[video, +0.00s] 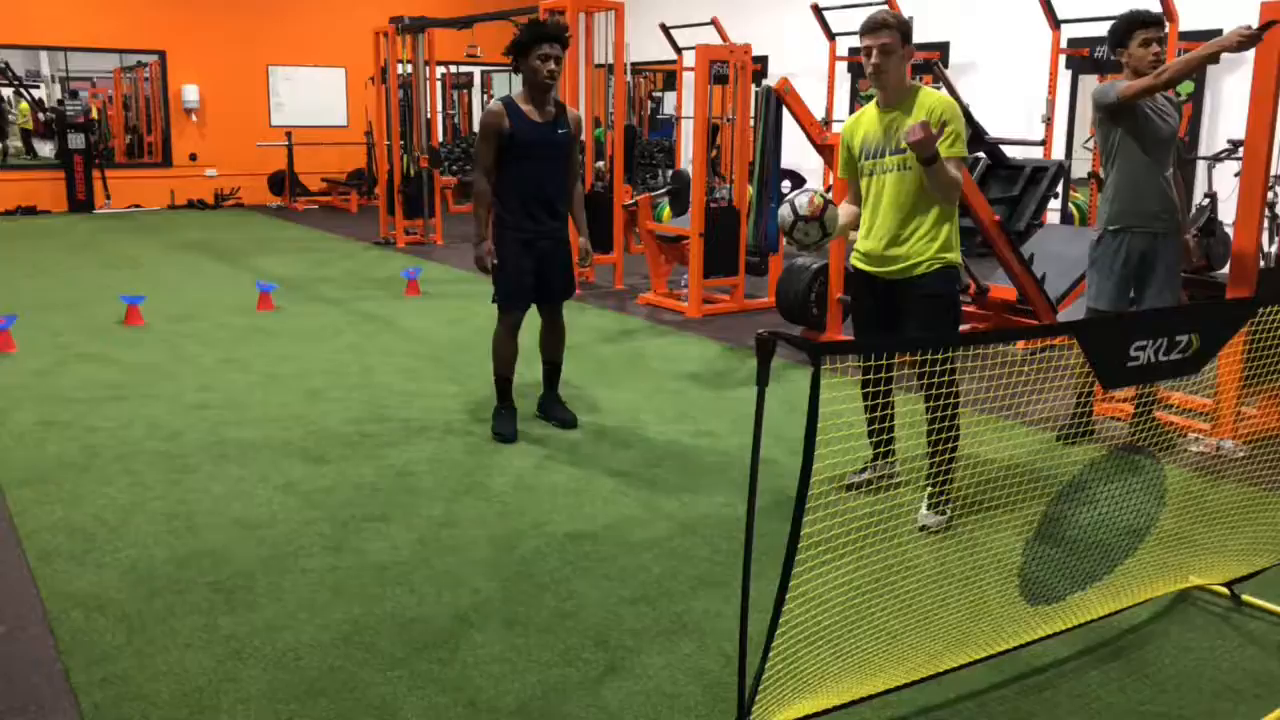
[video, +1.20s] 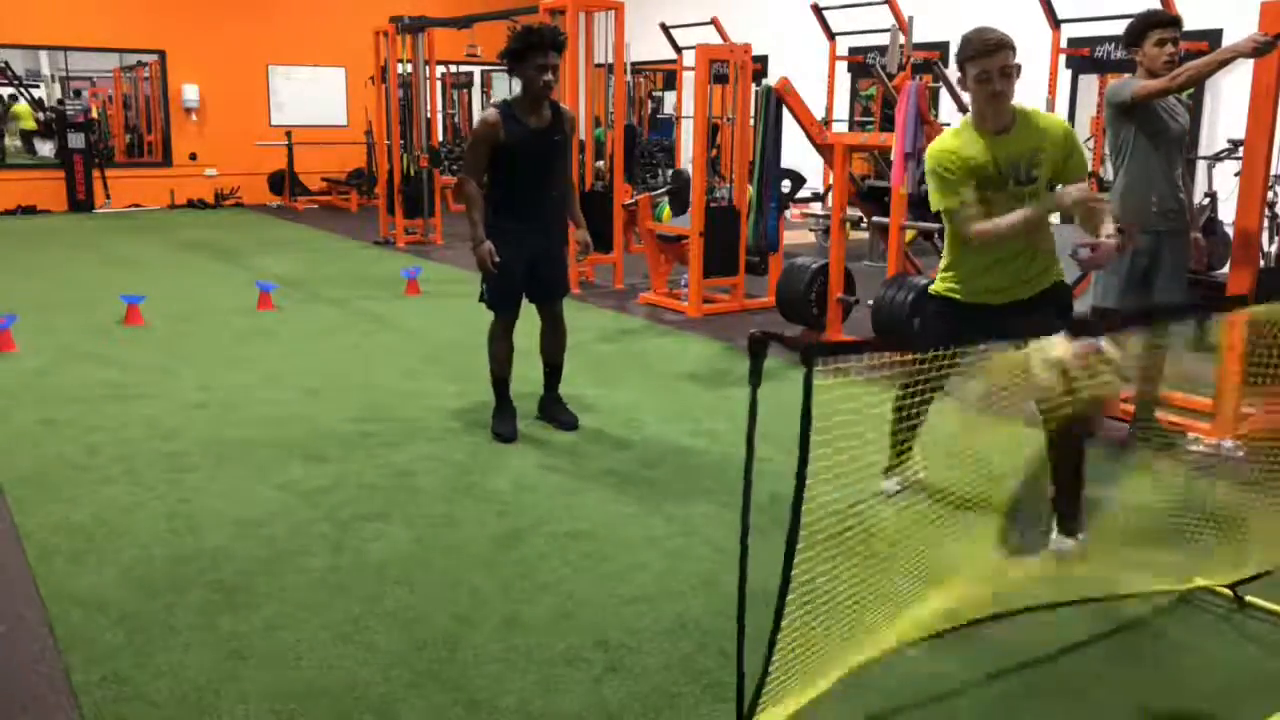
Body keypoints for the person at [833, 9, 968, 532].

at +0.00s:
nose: (873, 61)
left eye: (884, 51)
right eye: (866, 53)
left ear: (908, 55)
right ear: (859, 60)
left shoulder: (941, 109)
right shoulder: (854, 127)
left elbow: (951, 195)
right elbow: (850, 203)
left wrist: (929, 157)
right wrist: (822, 226)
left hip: (930, 264)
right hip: (872, 265)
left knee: (935, 378)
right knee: (874, 371)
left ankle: (938, 491)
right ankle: (882, 462)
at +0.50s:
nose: (890, 70)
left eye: (898, 60)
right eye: (881, 62)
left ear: (918, 60)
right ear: (871, 69)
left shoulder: (955, 113)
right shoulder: (873, 130)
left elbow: (997, 185)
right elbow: (860, 193)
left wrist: (960, 185)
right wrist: (794, 194)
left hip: (962, 260)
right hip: (904, 262)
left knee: (975, 367)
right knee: (887, 360)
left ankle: (1004, 490)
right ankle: (884, 461)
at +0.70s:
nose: (929, 83)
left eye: (938, 73)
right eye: (919, 75)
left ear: (954, 71)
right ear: (905, 78)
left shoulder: (995, 129)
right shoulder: (898, 137)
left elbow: (1054, 187)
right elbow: (857, 183)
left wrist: (1037, 198)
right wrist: (809, 158)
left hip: (1001, 279)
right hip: (933, 280)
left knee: (1021, 387)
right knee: (897, 343)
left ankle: (1058, 512)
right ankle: (885, 460)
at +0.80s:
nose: (967, 95)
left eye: (975, 84)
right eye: (955, 87)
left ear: (988, 82)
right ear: (936, 92)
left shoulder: (1030, 142)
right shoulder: (920, 153)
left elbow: (1081, 200)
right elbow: (872, 219)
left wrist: (1088, 205)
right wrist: (830, 189)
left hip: (1028, 291)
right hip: (953, 293)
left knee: (1045, 394)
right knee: (912, 363)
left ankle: (1066, 516)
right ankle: (888, 463)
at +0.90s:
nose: (993, 100)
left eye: (1001, 88)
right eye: (979, 93)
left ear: (1011, 87)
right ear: (958, 100)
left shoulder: (1052, 145)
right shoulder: (941, 168)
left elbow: (1091, 213)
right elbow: (927, 243)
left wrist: (1097, 224)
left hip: (1045, 292)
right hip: (968, 298)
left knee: (1071, 401)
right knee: (927, 381)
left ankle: (1067, 516)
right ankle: (906, 463)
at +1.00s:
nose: (997, 97)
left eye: (1004, 85)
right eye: (983, 90)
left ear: (1017, 83)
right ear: (963, 97)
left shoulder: (1050, 138)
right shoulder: (953, 167)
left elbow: (1085, 207)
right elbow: (1003, 236)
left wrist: (1105, 231)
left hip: (1043, 292)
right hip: (972, 297)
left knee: (1066, 402)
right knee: (935, 380)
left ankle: (1067, 520)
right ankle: (919, 466)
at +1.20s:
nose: (998, 83)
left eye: (1005, 72)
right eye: (984, 76)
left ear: (1017, 72)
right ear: (964, 82)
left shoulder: (1054, 134)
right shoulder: (947, 152)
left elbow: (1086, 203)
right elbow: (972, 233)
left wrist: (1104, 231)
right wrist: (1050, 206)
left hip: (1039, 291)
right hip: (961, 296)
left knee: (1066, 404)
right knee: (922, 378)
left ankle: (1068, 528)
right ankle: (897, 464)